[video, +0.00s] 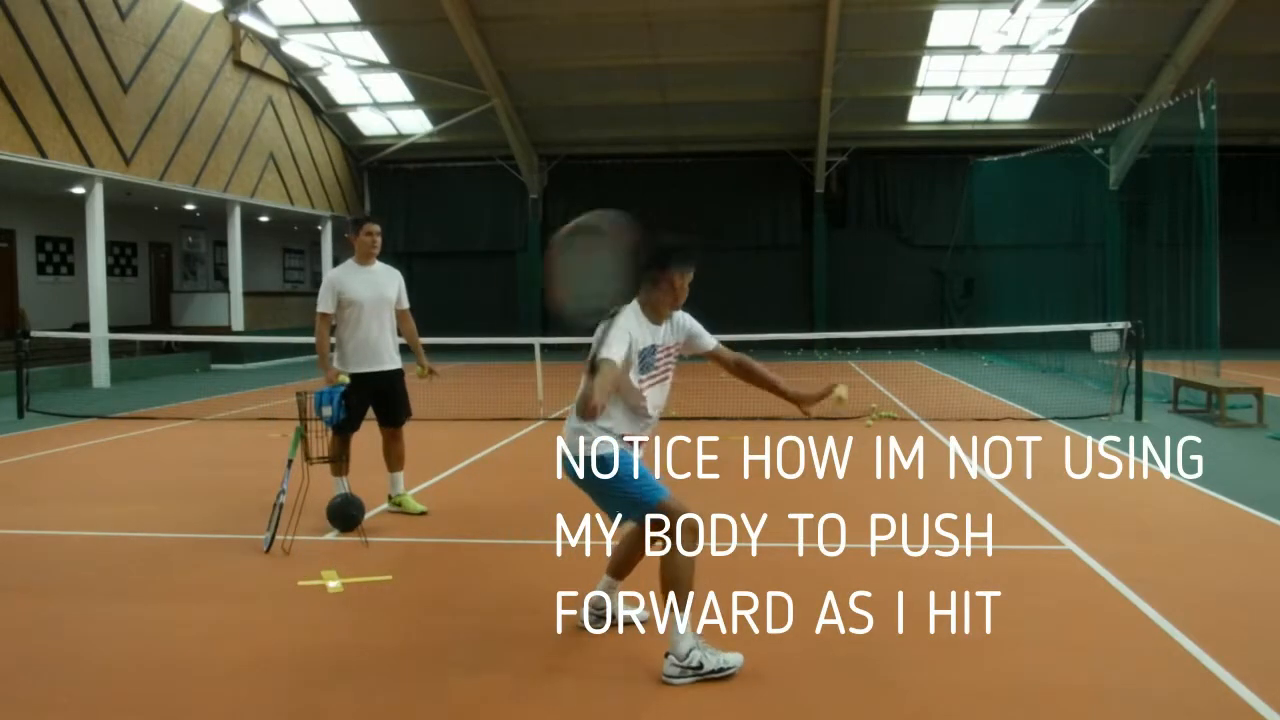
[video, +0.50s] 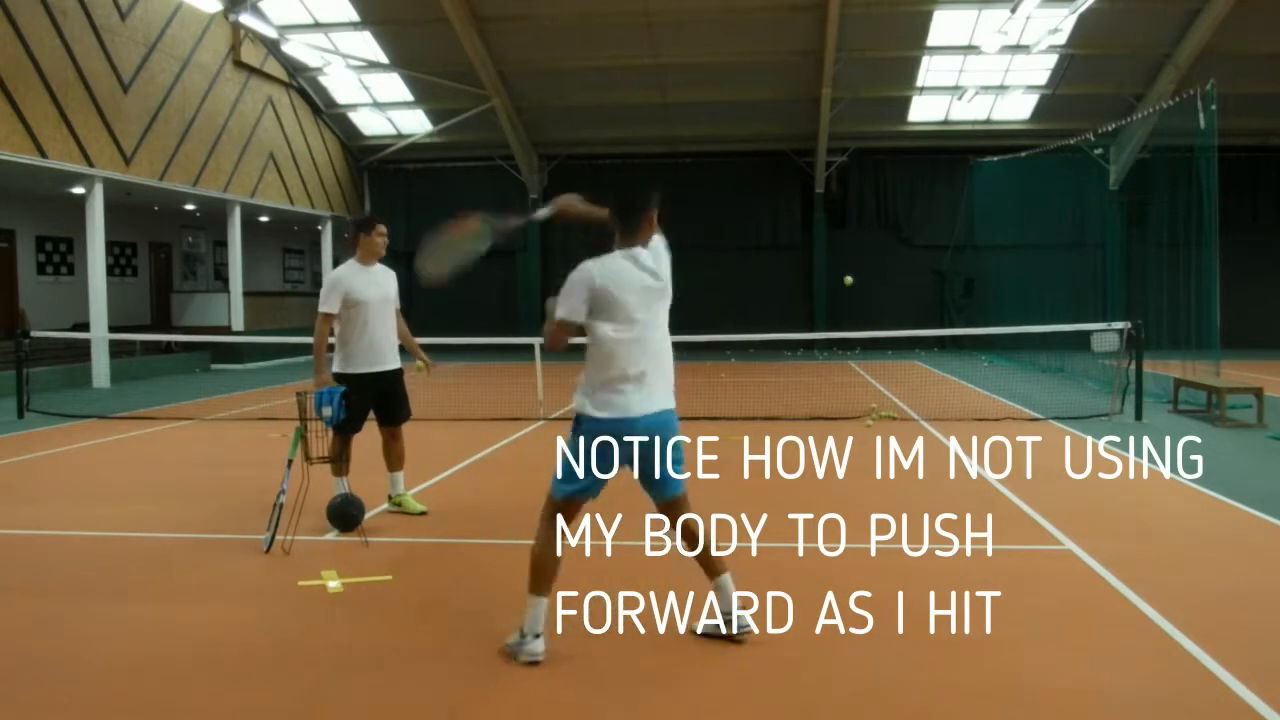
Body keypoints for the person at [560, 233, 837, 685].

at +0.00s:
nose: (686, 289)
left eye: (688, 281)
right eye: (680, 280)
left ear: (680, 285)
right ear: (656, 281)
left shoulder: (678, 321)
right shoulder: (624, 324)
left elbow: (733, 362)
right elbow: (607, 368)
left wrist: (795, 396)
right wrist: (595, 396)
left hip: (621, 446)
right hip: (593, 446)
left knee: (649, 521)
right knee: (680, 524)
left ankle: (599, 603)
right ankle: (683, 650)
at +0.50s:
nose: (657, 220)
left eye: (651, 212)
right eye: (657, 213)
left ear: (614, 219)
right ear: (652, 218)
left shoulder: (588, 274)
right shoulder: (658, 259)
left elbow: (555, 338)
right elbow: (628, 221)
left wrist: (593, 323)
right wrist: (586, 209)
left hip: (599, 425)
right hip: (657, 419)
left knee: (555, 519)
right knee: (681, 513)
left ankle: (532, 633)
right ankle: (732, 611)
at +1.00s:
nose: (538, 197)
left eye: (517, 190)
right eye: (539, 190)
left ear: (493, 193)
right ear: (537, 195)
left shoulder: (489, 244)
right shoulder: (558, 252)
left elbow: (515, 311)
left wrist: (486, 385)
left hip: (514, 409)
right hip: (563, 406)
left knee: (481, 526)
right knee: (552, 516)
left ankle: (526, 648)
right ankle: (565, 642)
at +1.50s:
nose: (446, 211)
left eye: (441, 203)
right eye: (446, 203)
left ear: (397, 208)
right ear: (442, 207)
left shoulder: (364, 263)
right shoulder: (458, 272)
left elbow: (342, 346)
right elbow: (478, 364)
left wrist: (395, 369)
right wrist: (509, 400)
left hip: (372, 435)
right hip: (438, 434)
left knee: (372, 566)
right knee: (486, 558)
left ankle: (350, 694)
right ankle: (535, 664)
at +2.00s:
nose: (487, 215)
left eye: (483, 207)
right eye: (486, 208)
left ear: (435, 212)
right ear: (480, 212)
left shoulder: (406, 277)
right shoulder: (465, 282)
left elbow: (430, 366)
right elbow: (478, 387)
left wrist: (512, 358)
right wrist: (515, 417)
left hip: (397, 452)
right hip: (433, 457)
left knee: (436, 565)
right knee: (475, 598)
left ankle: (369, 671)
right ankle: (421, 712)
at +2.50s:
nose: (576, 232)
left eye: (576, 226)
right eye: (575, 224)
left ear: (543, 223)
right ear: (563, 222)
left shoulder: (564, 280)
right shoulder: (507, 271)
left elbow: (625, 311)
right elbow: (504, 299)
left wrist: (668, 272)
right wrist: (580, 272)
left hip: (526, 441)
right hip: (493, 439)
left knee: (560, 552)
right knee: (539, 564)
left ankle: (494, 663)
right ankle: (471, 695)